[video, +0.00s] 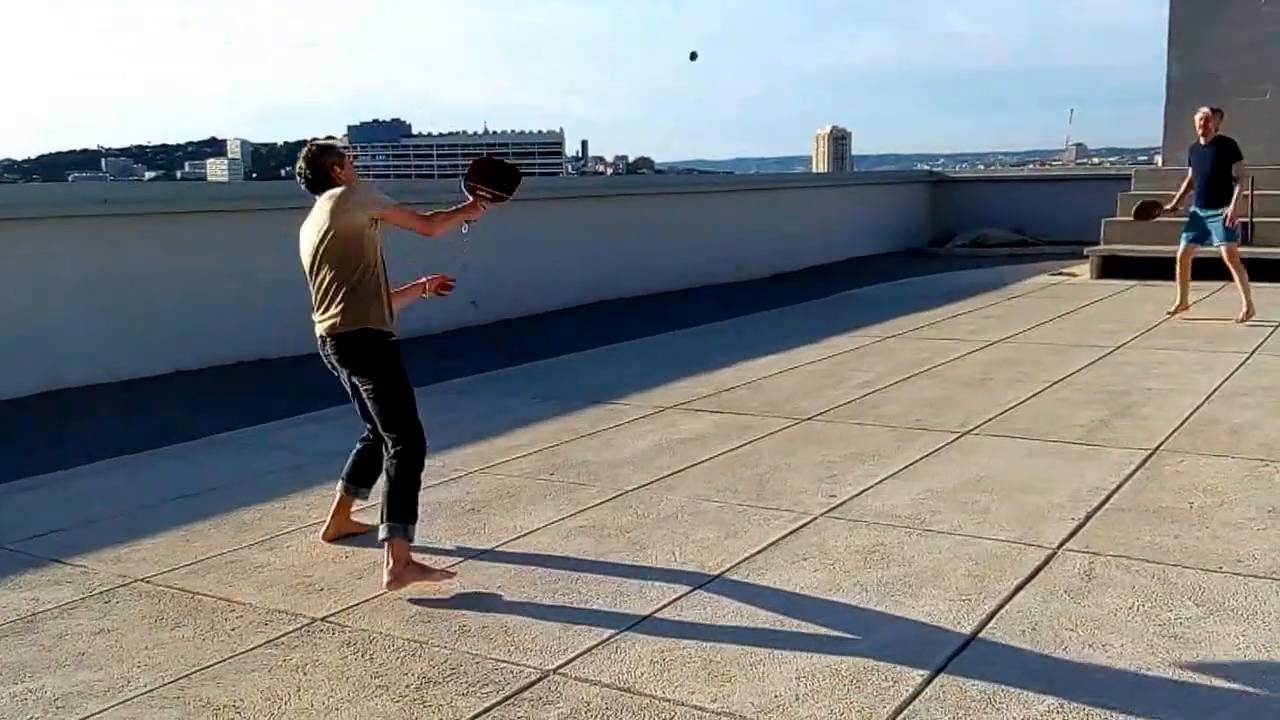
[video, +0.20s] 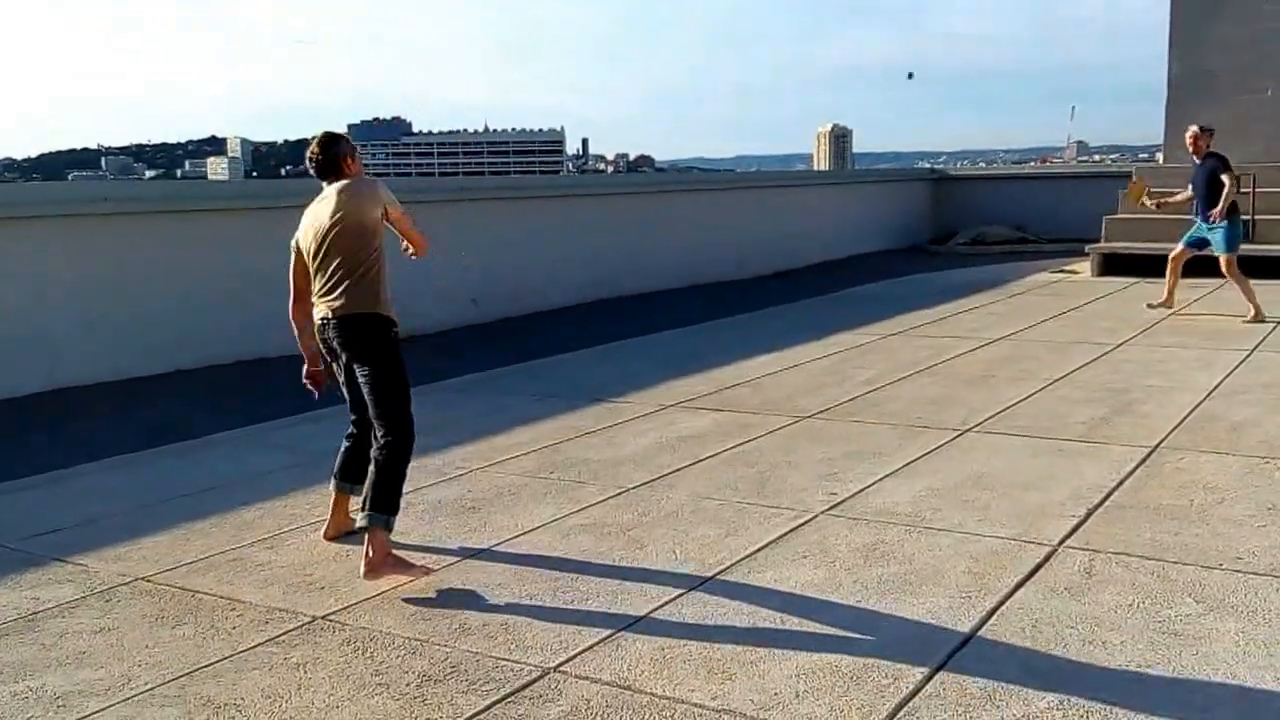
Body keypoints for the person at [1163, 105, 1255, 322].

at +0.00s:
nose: (1202, 124)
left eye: (1207, 120)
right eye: (1200, 119)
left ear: (1217, 124)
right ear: (1195, 123)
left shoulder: (1227, 145)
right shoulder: (1194, 149)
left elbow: (1241, 179)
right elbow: (1191, 179)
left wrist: (1233, 206)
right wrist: (1174, 204)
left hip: (1221, 211)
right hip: (1198, 211)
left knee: (1230, 257)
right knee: (1183, 254)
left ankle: (1248, 304)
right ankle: (1182, 301)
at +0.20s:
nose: (1191, 144)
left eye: (1195, 139)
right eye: (1188, 140)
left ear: (1206, 140)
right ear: (1186, 142)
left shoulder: (1217, 160)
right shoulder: (1198, 166)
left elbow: (1231, 184)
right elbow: (1190, 194)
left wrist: (1221, 207)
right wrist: (1162, 202)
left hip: (1224, 223)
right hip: (1202, 224)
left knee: (1228, 267)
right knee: (1175, 258)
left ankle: (1256, 309)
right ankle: (1168, 299)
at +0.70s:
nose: (1159, 151)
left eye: (1163, 147)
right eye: (1157, 148)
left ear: (1175, 148)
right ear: (1156, 151)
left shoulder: (1192, 163)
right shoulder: (1161, 175)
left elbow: (1221, 175)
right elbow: (1157, 197)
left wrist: (1229, 185)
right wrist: (1144, 191)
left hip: (1208, 222)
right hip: (1184, 225)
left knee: (1223, 259)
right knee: (1154, 259)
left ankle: (1252, 304)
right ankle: (1166, 299)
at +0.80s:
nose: (1164, 139)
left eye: (1168, 135)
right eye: (1162, 135)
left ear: (1178, 138)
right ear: (1160, 139)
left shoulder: (1193, 154)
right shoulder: (1159, 163)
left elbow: (1221, 164)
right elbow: (1161, 184)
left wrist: (1231, 165)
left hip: (1204, 215)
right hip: (1179, 218)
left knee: (1219, 255)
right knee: (1155, 258)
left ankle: (1243, 298)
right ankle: (1165, 298)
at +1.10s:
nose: (1181, 125)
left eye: (1184, 121)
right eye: (1177, 122)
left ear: (1190, 124)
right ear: (1169, 127)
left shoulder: (1201, 143)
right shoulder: (1166, 146)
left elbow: (1231, 155)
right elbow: (1161, 152)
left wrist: (1233, 144)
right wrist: (1183, 127)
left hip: (1198, 207)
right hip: (1174, 207)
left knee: (1200, 251)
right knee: (1156, 249)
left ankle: (1207, 293)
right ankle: (1161, 295)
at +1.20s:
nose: (1180, 124)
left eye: (1184, 121)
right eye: (1177, 120)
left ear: (1190, 124)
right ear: (1172, 124)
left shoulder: (1199, 144)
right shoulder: (1168, 146)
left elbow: (1220, 156)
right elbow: (1162, 155)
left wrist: (1225, 158)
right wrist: (1186, 136)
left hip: (1196, 207)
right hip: (1172, 206)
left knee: (1199, 252)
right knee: (1150, 246)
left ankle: (1206, 297)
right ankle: (1151, 292)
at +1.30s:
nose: (1178, 123)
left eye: (1182, 119)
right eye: (1175, 119)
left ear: (1191, 124)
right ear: (1170, 122)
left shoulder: (1199, 145)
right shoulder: (1164, 146)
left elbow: (1214, 159)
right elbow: (1160, 167)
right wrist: (1184, 156)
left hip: (1192, 207)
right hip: (1168, 205)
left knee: (1196, 251)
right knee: (1146, 245)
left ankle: (1205, 295)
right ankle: (1142, 287)